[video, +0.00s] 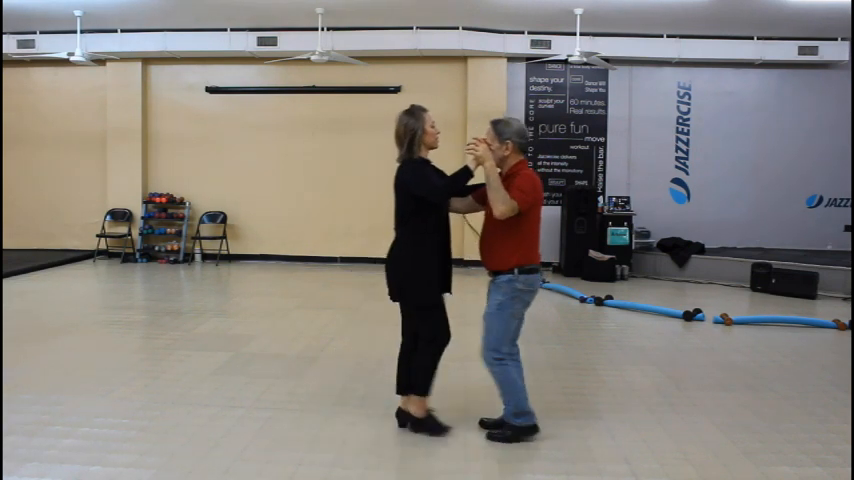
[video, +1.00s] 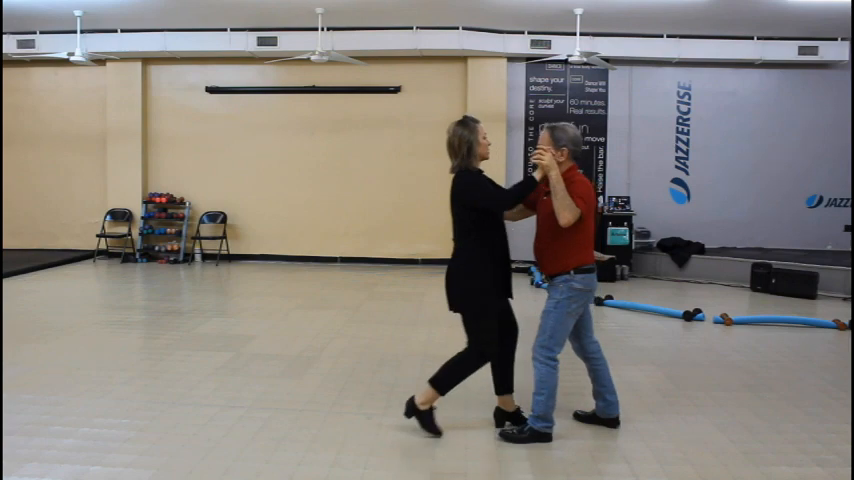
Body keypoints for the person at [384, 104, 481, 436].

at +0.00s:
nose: (438, 132)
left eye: (435, 126)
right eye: (432, 127)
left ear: (417, 132)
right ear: (418, 132)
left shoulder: (418, 167)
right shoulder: (415, 170)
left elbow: (454, 197)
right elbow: (445, 189)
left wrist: (487, 184)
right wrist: (472, 165)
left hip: (415, 268)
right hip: (416, 270)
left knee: (415, 335)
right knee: (437, 334)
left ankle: (408, 406)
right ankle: (416, 407)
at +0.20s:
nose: (453, 133)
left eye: (451, 128)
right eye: (448, 129)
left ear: (431, 134)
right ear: (434, 134)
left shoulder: (429, 169)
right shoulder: (431, 171)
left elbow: (462, 199)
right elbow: (460, 190)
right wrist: (489, 165)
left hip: (424, 268)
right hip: (434, 272)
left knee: (422, 335)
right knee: (445, 339)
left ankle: (408, 406)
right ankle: (426, 413)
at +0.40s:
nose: (470, 135)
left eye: (467, 130)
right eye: (464, 131)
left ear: (450, 137)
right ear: (451, 137)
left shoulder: (455, 172)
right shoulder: (446, 175)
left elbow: (485, 197)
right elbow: (477, 195)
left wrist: (522, 180)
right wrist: (509, 167)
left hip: (451, 273)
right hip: (439, 275)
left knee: (474, 331)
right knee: (454, 339)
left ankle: (442, 399)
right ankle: (425, 412)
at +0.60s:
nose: (486, 137)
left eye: (483, 132)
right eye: (480, 133)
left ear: (466, 141)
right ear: (468, 140)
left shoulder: (474, 175)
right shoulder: (466, 178)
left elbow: (504, 203)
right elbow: (499, 203)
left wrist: (537, 184)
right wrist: (532, 179)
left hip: (468, 275)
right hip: (457, 278)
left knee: (498, 330)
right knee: (471, 342)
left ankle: (506, 404)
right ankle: (429, 409)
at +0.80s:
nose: (496, 142)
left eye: (493, 137)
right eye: (490, 138)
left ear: (474, 144)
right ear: (477, 144)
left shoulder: (484, 179)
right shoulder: (477, 181)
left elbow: (516, 208)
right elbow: (513, 207)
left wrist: (547, 188)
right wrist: (545, 180)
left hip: (488, 278)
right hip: (477, 281)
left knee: (513, 333)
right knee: (493, 347)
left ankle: (507, 408)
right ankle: (435, 403)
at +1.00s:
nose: (489, 141)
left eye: (486, 136)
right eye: (484, 137)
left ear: (467, 143)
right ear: (470, 143)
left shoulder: (473, 178)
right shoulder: (468, 180)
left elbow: (505, 206)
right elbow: (504, 201)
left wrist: (540, 185)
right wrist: (537, 175)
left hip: (485, 278)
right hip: (473, 281)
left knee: (507, 333)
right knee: (483, 347)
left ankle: (506, 407)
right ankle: (421, 402)